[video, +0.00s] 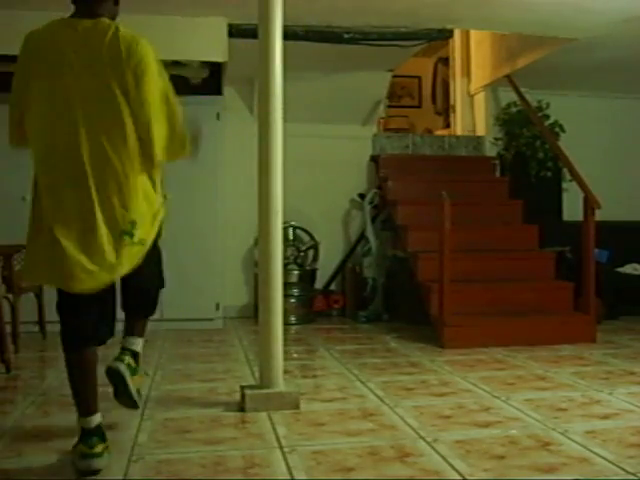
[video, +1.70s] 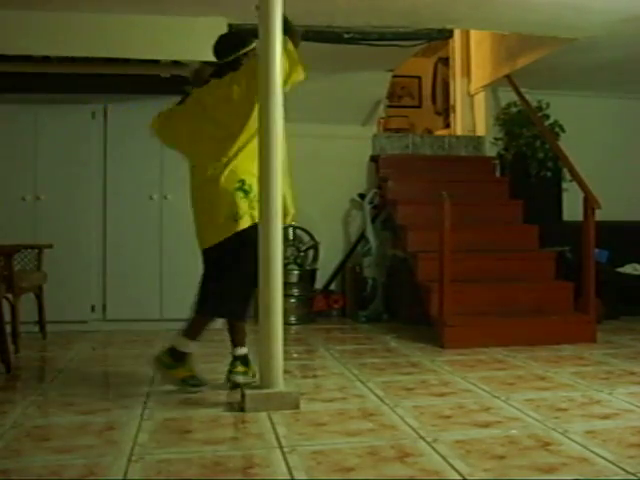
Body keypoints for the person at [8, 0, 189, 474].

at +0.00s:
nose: (117, 8)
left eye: (111, 4)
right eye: (117, 3)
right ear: (115, 2)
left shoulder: (37, 44)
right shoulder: (132, 49)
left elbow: (19, 131)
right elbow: (166, 139)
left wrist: (67, 122)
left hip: (63, 204)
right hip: (126, 199)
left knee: (78, 323)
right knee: (143, 276)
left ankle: (90, 435)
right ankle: (129, 353)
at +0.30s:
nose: (130, 22)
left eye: (126, 14)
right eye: (129, 15)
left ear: (88, 13)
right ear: (126, 17)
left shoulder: (55, 42)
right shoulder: (128, 55)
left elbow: (36, 90)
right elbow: (115, 129)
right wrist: (139, 188)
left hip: (71, 199)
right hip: (127, 203)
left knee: (80, 297)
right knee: (127, 300)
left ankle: (79, 383)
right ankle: (106, 390)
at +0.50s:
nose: (128, 40)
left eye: (117, 32)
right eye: (130, 33)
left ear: (92, 31)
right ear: (130, 34)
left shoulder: (63, 74)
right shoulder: (140, 81)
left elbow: (36, 120)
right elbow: (149, 156)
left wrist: (75, 66)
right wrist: (192, 185)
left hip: (74, 217)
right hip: (130, 221)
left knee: (85, 275)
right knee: (118, 309)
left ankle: (80, 321)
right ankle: (95, 403)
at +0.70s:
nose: (129, 40)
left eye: (119, 33)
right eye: (132, 33)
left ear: (99, 35)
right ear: (135, 33)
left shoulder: (76, 78)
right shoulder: (158, 76)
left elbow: (52, 135)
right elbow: (204, 130)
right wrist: (210, 97)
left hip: (92, 200)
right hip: (145, 200)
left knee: (119, 284)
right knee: (126, 295)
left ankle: (129, 357)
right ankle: (97, 391)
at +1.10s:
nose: (161, 59)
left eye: (150, 55)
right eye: (166, 53)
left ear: (139, 59)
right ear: (173, 56)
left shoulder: (123, 97)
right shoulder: (194, 87)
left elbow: (82, 145)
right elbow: (235, 68)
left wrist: (71, 111)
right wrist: (218, 27)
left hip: (142, 209)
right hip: (191, 207)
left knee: (156, 288)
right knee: (178, 290)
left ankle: (172, 364)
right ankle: (131, 364)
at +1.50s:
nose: (218, 68)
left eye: (206, 66)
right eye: (220, 62)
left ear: (193, 69)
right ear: (225, 64)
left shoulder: (181, 107)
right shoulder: (246, 90)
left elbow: (150, 147)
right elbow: (285, 57)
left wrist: (140, 111)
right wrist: (258, 15)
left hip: (192, 216)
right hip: (233, 212)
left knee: (212, 295)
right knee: (185, 288)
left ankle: (236, 366)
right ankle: (135, 359)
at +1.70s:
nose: (264, 63)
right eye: (261, 53)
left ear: (222, 60)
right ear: (249, 56)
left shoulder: (196, 105)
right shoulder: (247, 82)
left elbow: (161, 124)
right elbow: (285, 56)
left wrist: (193, 91)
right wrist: (275, 23)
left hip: (214, 210)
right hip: (247, 204)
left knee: (230, 287)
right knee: (227, 286)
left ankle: (241, 360)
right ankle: (177, 353)